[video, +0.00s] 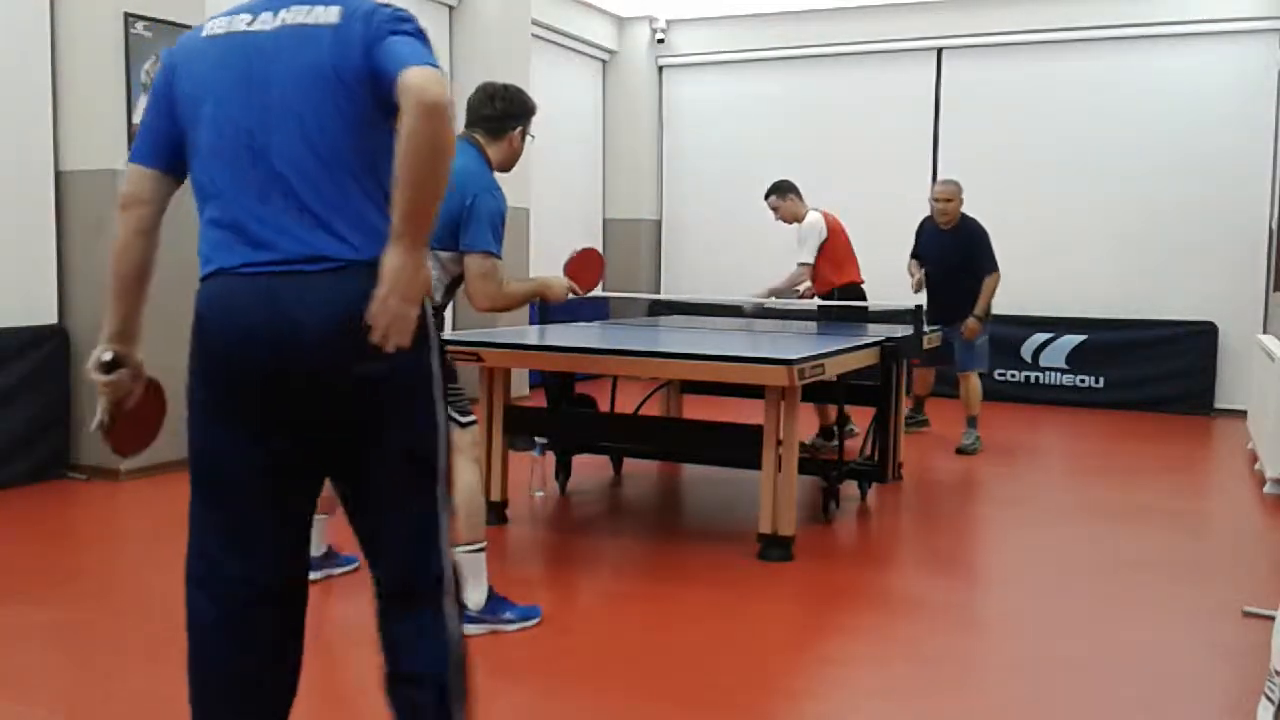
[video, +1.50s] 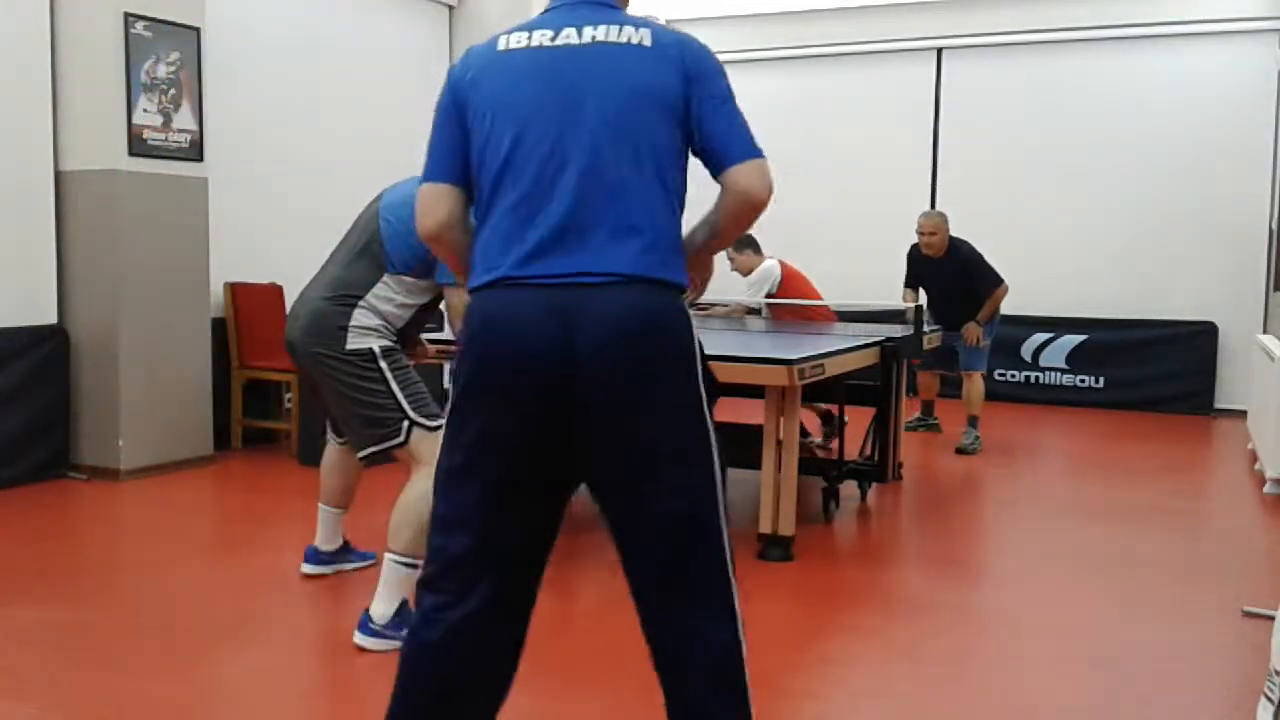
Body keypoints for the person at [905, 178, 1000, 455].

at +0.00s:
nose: (942, 207)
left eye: (948, 201)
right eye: (937, 201)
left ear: (960, 202)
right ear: (931, 202)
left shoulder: (974, 231)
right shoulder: (927, 226)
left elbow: (992, 275)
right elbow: (915, 258)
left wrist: (978, 316)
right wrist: (916, 273)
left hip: (967, 315)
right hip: (935, 313)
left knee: (967, 372)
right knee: (923, 363)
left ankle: (971, 430)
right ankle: (917, 412)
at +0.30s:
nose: (935, 210)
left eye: (942, 205)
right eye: (931, 204)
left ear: (955, 207)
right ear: (925, 206)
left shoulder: (971, 235)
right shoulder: (922, 232)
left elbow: (991, 279)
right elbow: (905, 267)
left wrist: (976, 318)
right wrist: (911, 286)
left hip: (966, 316)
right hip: (934, 316)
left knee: (966, 371)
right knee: (928, 367)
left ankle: (971, 430)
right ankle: (927, 415)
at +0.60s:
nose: (929, 212)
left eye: (936, 206)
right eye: (925, 206)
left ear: (950, 208)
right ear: (920, 208)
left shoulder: (967, 235)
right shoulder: (922, 236)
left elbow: (987, 278)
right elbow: (911, 268)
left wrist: (973, 317)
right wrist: (907, 287)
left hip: (969, 317)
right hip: (937, 315)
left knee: (969, 371)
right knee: (929, 366)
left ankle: (972, 430)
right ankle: (927, 415)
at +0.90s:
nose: (931, 218)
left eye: (938, 212)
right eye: (927, 212)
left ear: (952, 213)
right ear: (921, 213)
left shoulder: (969, 239)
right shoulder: (921, 237)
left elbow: (992, 280)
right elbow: (902, 268)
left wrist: (975, 320)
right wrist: (907, 286)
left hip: (970, 318)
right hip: (937, 316)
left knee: (970, 371)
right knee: (928, 366)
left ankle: (972, 431)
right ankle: (927, 415)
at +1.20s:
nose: (928, 229)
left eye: (935, 223)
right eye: (924, 223)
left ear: (949, 223)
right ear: (919, 222)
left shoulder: (967, 246)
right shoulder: (918, 247)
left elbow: (996, 284)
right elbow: (911, 282)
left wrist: (977, 321)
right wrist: (909, 299)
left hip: (972, 320)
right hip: (938, 318)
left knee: (970, 372)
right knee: (927, 366)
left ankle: (971, 431)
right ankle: (927, 415)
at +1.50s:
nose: (925, 240)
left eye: (931, 234)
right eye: (921, 234)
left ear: (946, 234)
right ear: (916, 234)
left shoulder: (964, 253)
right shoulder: (916, 254)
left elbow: (1000, 288)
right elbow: (910, 289)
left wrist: (978, 322)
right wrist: (912, 310)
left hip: (975, 320)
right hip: (940, 320)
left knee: (971, 371)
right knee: (925, 364)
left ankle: (971, 431)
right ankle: (927, 416)